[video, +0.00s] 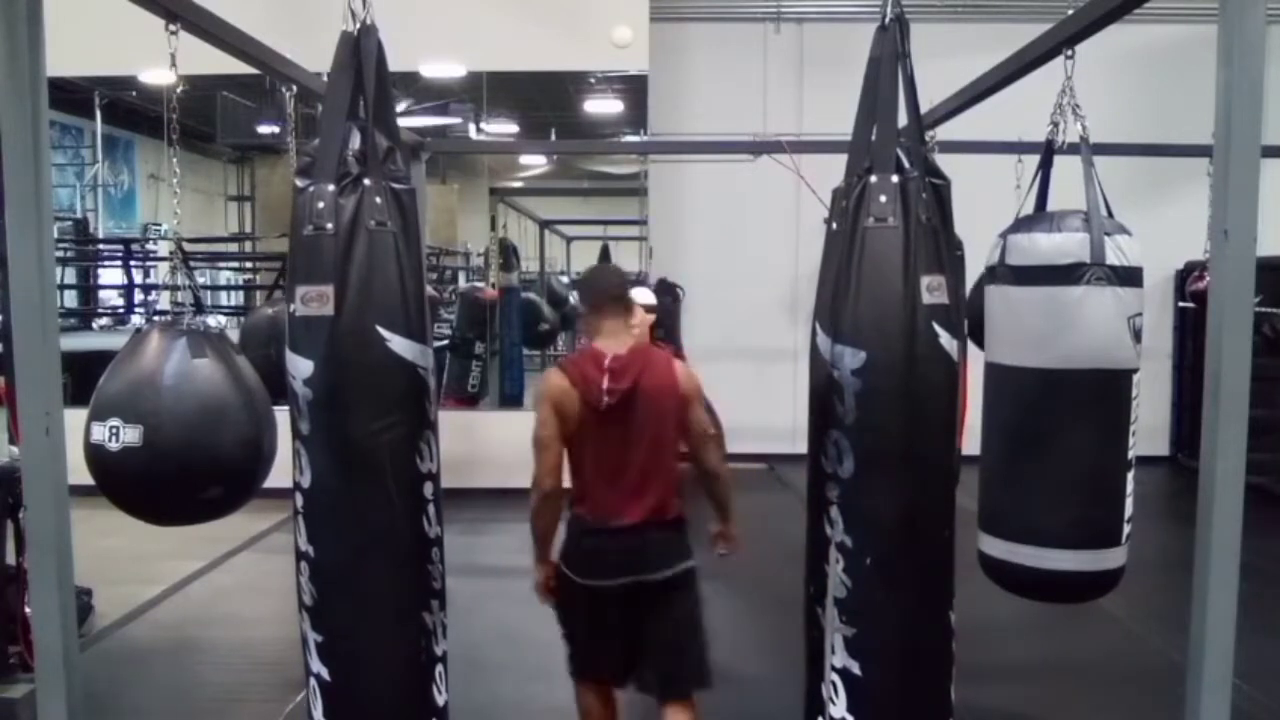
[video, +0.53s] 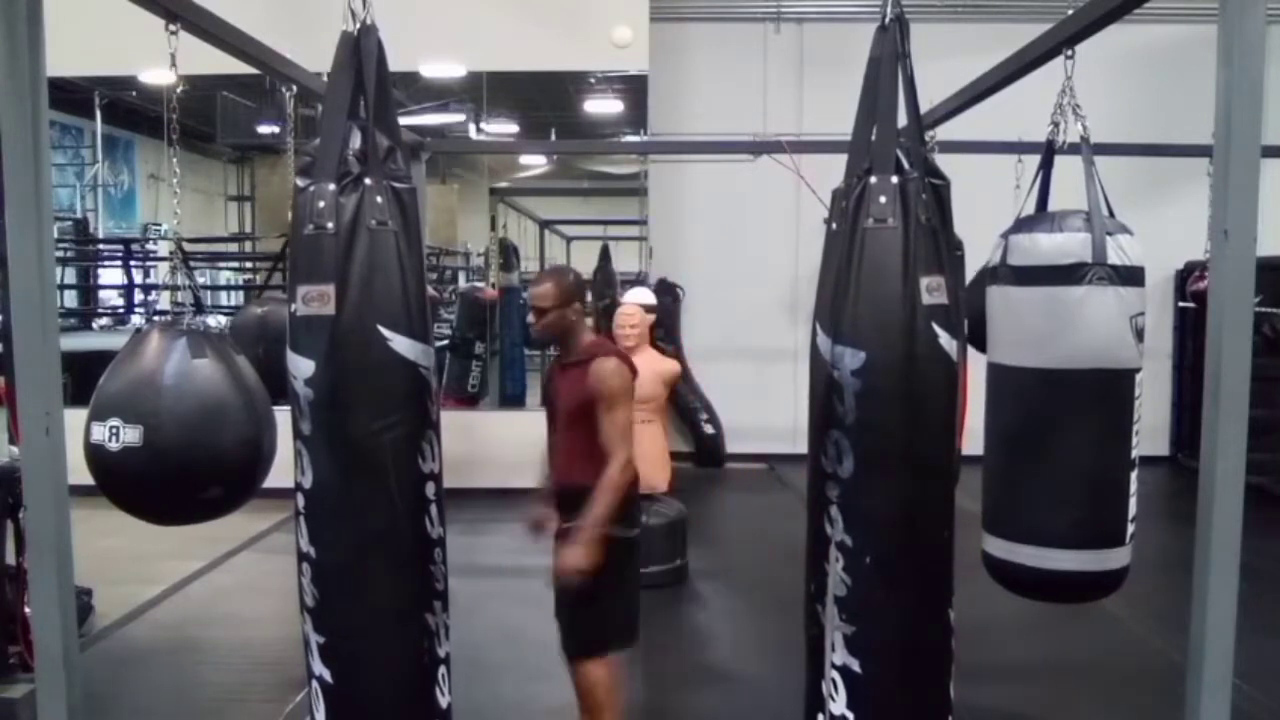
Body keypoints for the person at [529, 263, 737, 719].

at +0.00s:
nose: (643, 315)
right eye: (639, 308)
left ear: (583, 314)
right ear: (630, 309)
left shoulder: (558, 384)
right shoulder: (677, 375)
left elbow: (549, 486)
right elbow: (711, 463)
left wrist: (543, 559)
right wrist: (725, 520)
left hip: (590, 561)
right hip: (664, 557)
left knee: (593, 684)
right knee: (678, 693)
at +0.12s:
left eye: (559, 307)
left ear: (567, 310)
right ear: (615, 304)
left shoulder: (555, 379)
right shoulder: (664, 368)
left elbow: (543, 482)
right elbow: (687, 456)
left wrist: (523, 543)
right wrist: (689, 515)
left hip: (583, 545)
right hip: (645, 538)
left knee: (588, 680)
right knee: (649, 650)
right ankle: (658, 713)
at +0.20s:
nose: (555, 315)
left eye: (556, 307)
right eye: (557, 307)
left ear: (566, 308)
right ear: (612, 305)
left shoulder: (558, 377)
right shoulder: (659, 366)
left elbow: (548, 477)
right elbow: (681, 451)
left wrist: (520, 537)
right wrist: (671, 503)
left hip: (585, 536)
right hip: (642, 527)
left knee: (586, 675)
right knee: (635, 645)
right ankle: (646, 714)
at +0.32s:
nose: (536, 316)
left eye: (541, 306)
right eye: (536, 307)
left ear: (568, 306)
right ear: (584, 305)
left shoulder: (579, 373)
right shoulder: (615, 356)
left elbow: (572, 470)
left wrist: (523, 531)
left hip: (596, 520)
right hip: (625, 512)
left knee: (583, 659)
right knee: (594, 651)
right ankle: (605, 710)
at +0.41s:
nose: (534, 319)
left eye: (539, 309)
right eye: (534, 310)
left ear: (568, 309)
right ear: (576, 308)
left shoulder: (589, 372)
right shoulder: (604, 358)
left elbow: (584, 470)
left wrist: (526, 537)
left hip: (597, 522)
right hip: (612, 516)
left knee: (583, 664)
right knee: (587, 660)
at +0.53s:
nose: (533, 322)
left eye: (543, 312)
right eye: (531, 312)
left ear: (575, 308)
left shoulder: (607, 368)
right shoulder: (560, 366)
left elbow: (621, 461)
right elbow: (563, 441)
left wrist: (585, 537)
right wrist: (549, 498)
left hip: (605, 504)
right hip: (573, 502)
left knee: (590, 649)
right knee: (580, 645)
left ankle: (604, 715)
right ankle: (598, 713)